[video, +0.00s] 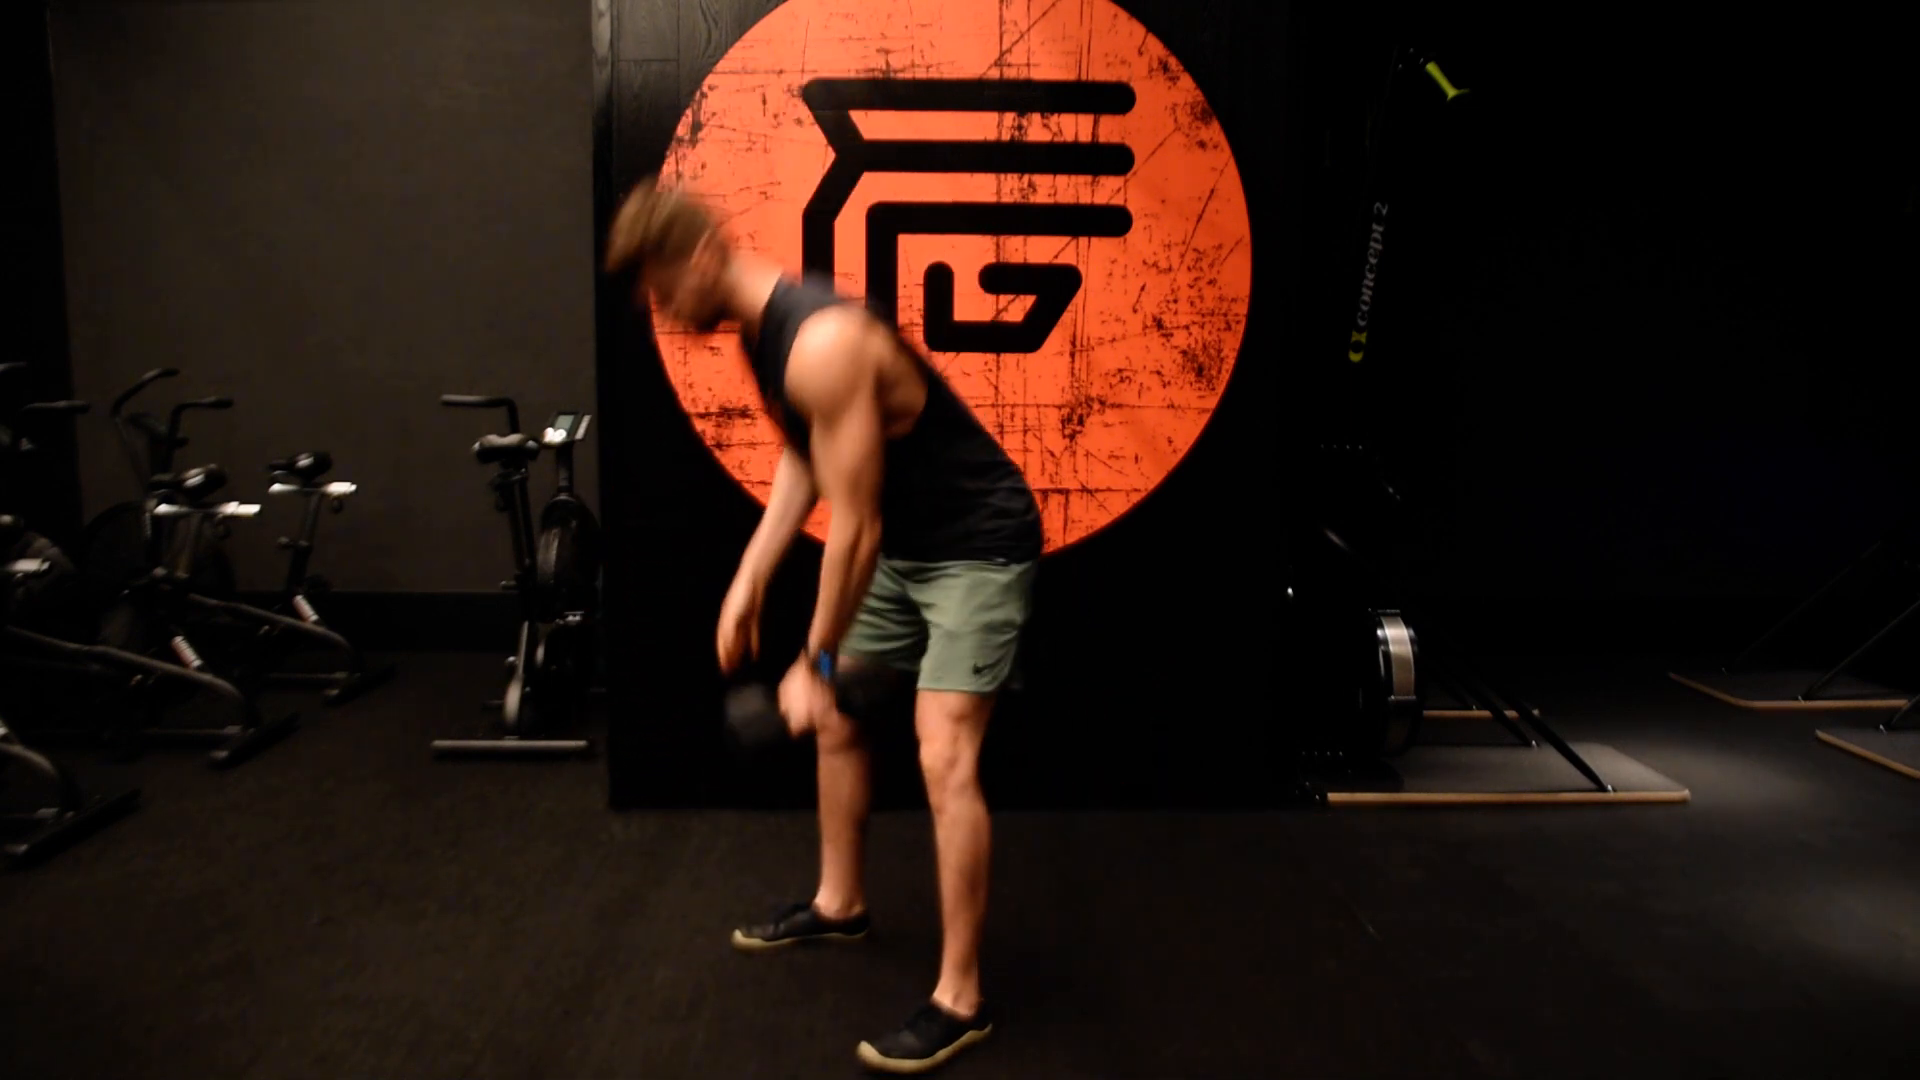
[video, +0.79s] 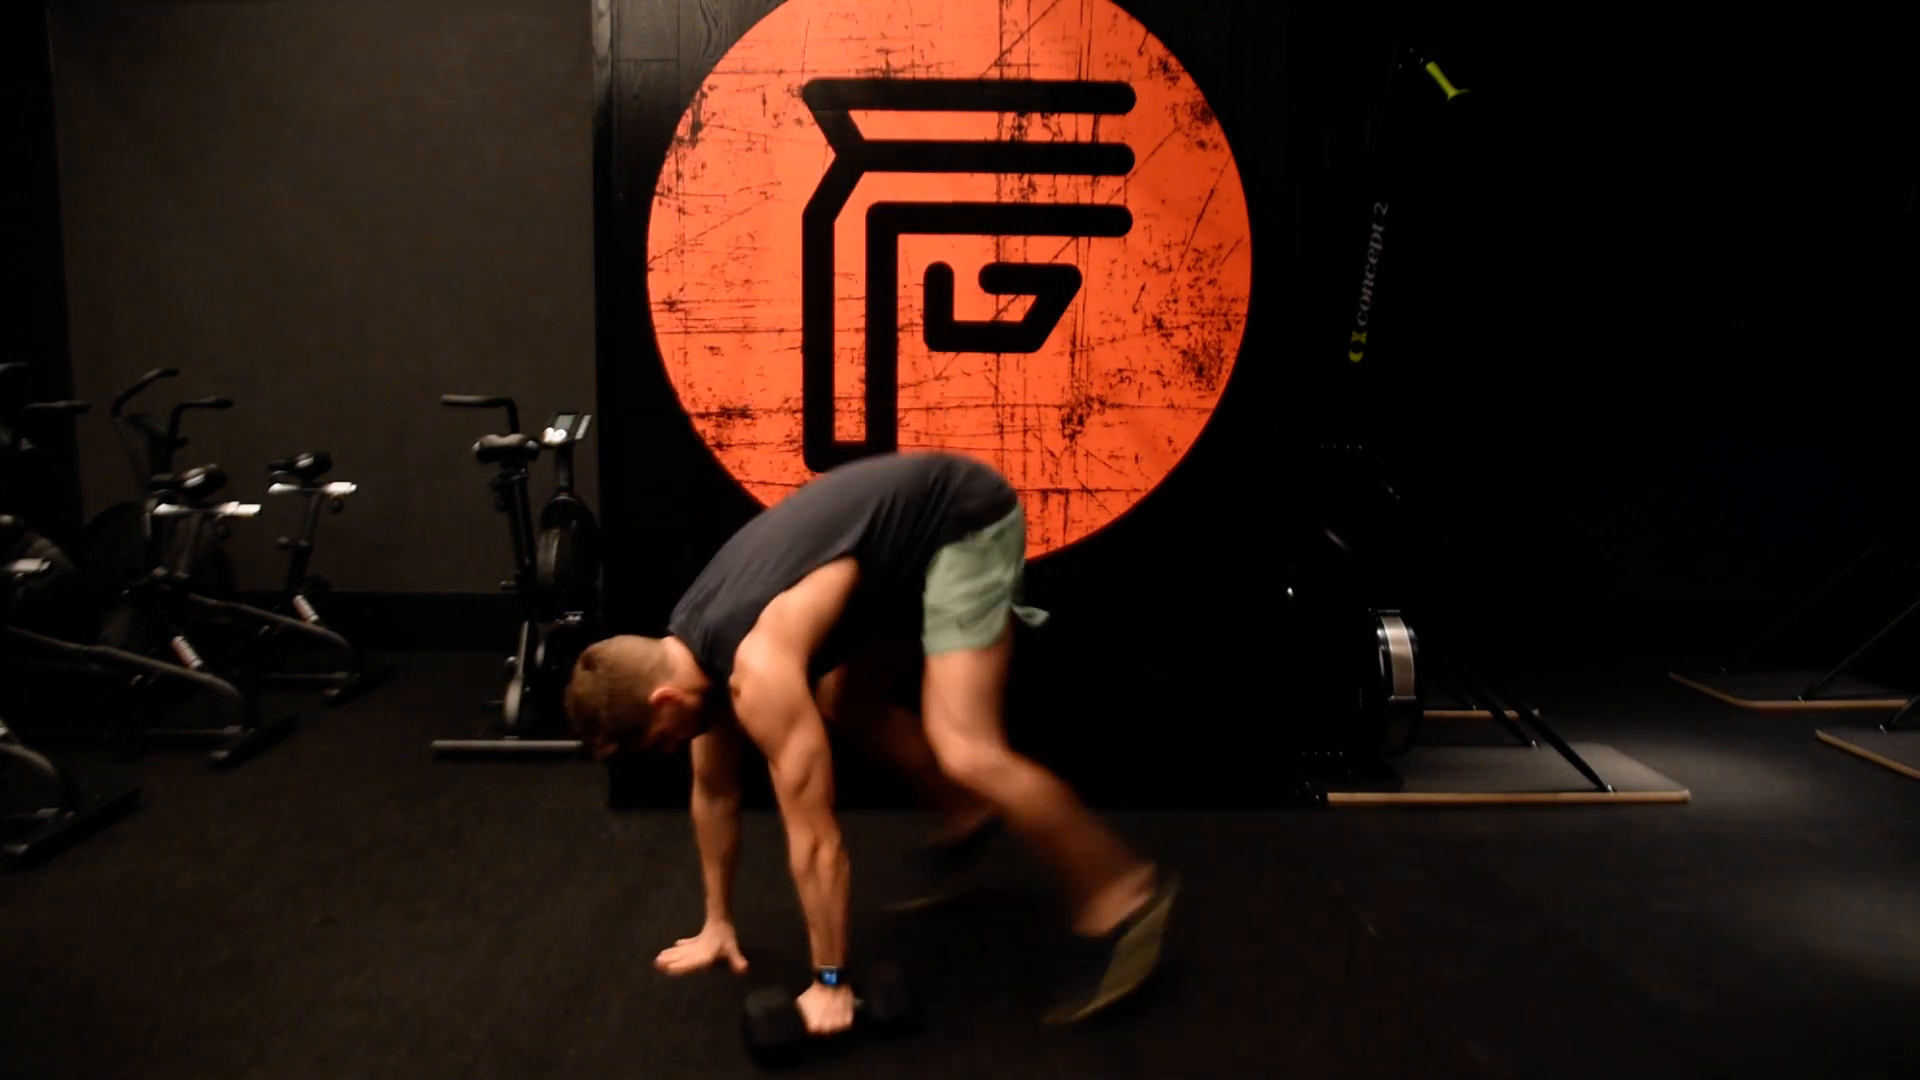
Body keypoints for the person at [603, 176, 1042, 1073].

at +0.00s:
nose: (661, 310)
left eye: (664, 288)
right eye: (650, 294)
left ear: (711, 251)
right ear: (702, 261)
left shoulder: (822, 345)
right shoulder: (765, 332)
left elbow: (858, 525)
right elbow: (800, 464)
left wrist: (819, 662)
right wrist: (747, 589)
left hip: (979, 545)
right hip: (892, 545)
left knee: (946, 751)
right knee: (834, 708)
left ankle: (960, 996)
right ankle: (838, 903)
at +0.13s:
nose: (625, 456)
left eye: (623, 433)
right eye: (613, 440)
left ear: (664, 391)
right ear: (662, 388)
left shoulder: (797, 456)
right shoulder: (730, 427)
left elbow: (838, 635)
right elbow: (769, 555)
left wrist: (819, 776)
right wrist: (746, 695)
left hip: (990, 557)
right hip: (895, 562)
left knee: (937, 758)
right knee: (815, 713)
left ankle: (959, 1000)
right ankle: (837, 904)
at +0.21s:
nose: (626, 548)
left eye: (619, 528)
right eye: (613, 535)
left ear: (647, 479)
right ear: (646, 471)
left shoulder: (787, 531)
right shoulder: (721, 492)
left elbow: (829, 706)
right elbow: (749, 622)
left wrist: (823, 852)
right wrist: (740, 761)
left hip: (992, 570)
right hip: (895, 578)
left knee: (924, 766)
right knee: (798, 706)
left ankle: (958, 1005)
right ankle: (832, 899)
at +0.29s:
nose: (626, 618)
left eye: (622, 600)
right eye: (614, 607)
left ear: (645, 552)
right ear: (642, 547)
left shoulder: (779, 590)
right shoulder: (710, 542)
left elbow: (821, 773)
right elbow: (729, 682)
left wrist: (820, 917)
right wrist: (731, 823)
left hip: (988, 589)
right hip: (897, 599)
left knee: (906, 776)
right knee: (784, 711)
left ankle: (958, 1003)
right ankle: (840, 901)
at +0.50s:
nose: (630, 722)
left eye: (621, 710)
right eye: (619, 716)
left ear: (637, 669)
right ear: (635, 657)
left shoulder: (764, 662)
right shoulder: (688, 644)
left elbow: (821, 836)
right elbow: (706, 790)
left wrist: (835, 978)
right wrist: (715, 920)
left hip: (970, 626)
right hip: (890, 633)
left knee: (870, 803)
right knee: (750, 732)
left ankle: (955, 1002)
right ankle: (830, 910)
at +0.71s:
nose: (675, 747)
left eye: (665, 737)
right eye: (662, 745)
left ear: (672, 697)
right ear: (669, 689)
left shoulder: (763, 662)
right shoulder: (694, 640)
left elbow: (818, 834)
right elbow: (717, 789)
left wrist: (828, 975)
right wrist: (717, 919)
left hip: (967, 518)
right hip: (885, 532)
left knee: (936, 747)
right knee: (824, 708)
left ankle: (992, 982)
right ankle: (859, 875)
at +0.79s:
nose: (668, 751)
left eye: (658, 740)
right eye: (657, 748)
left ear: (667, 702)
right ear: (663, 682)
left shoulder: (759, 670)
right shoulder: (690, 648)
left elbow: (817, 845)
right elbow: (714, 793)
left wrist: (829, 980)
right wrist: (717, 924)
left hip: (966, 517)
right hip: (891, 533)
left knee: (966, 750)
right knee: (851, 705)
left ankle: (1124, 889)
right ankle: (966, 813)